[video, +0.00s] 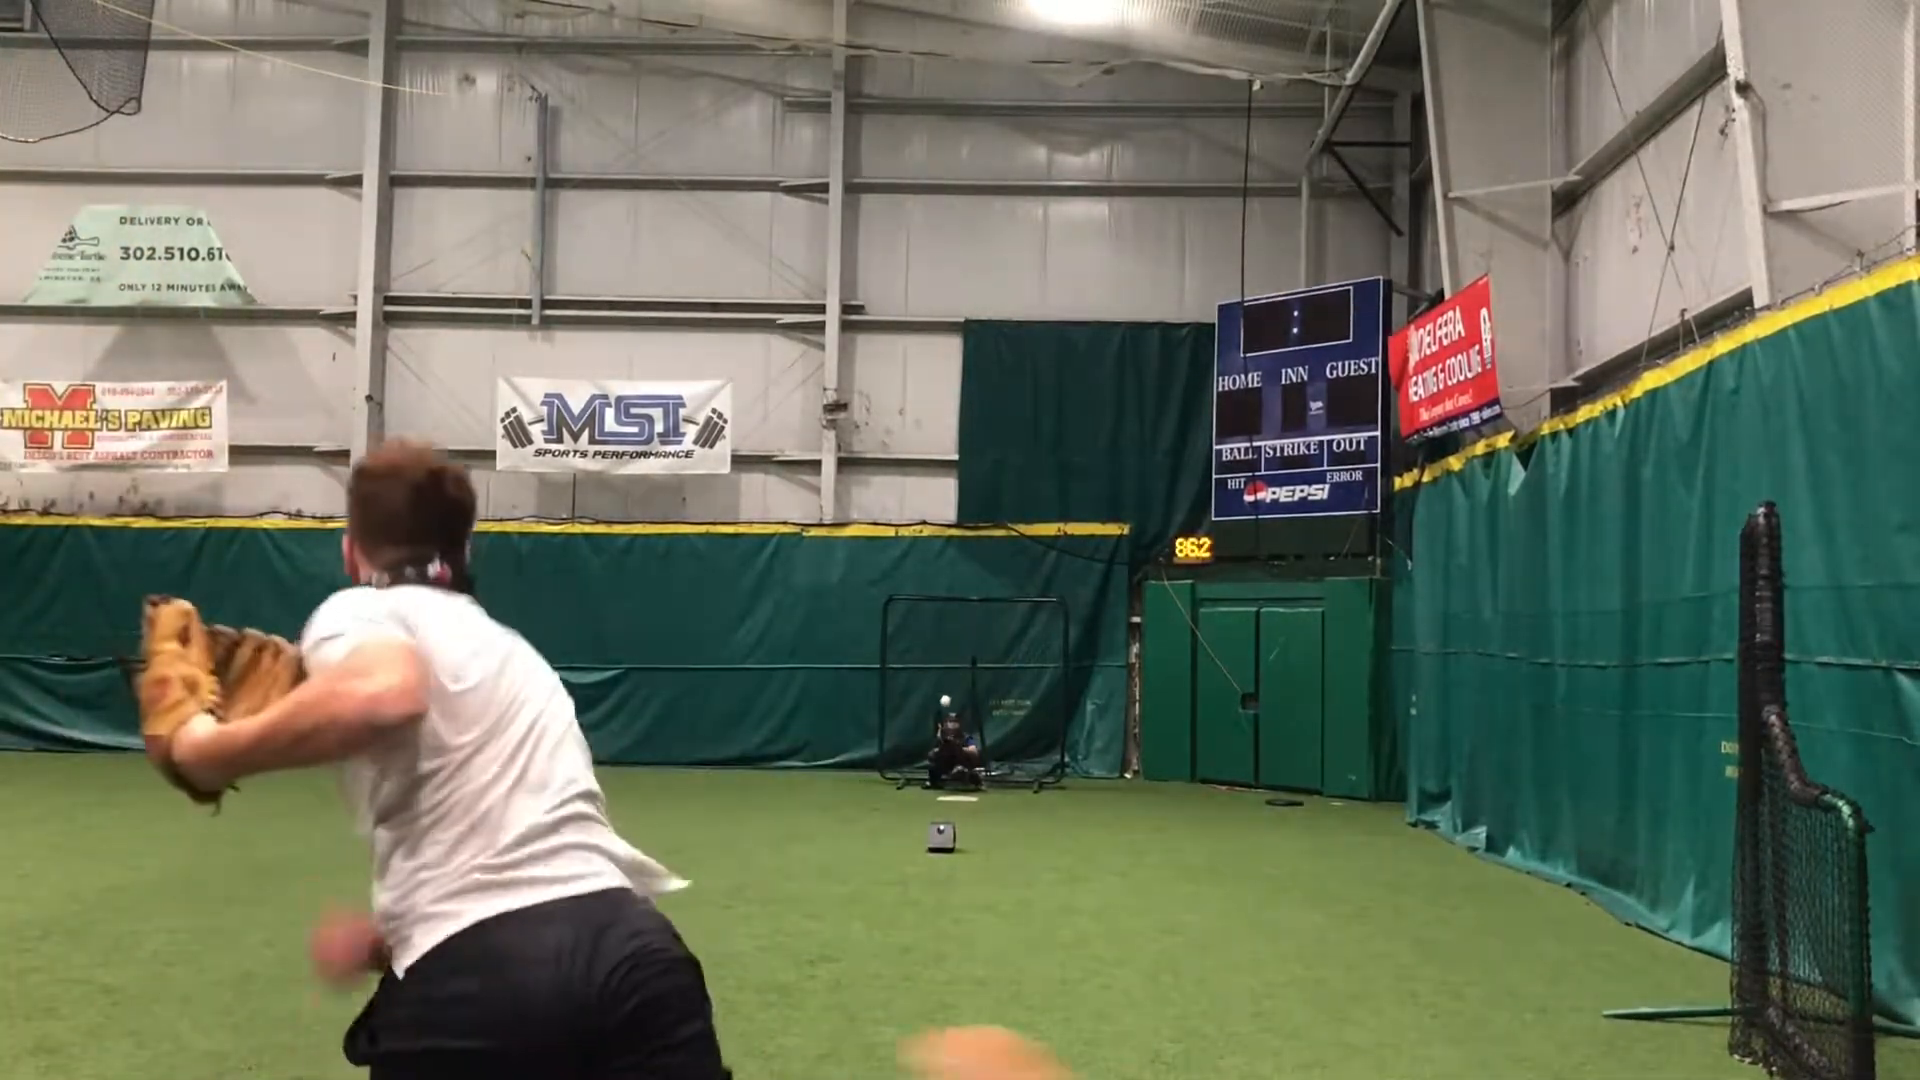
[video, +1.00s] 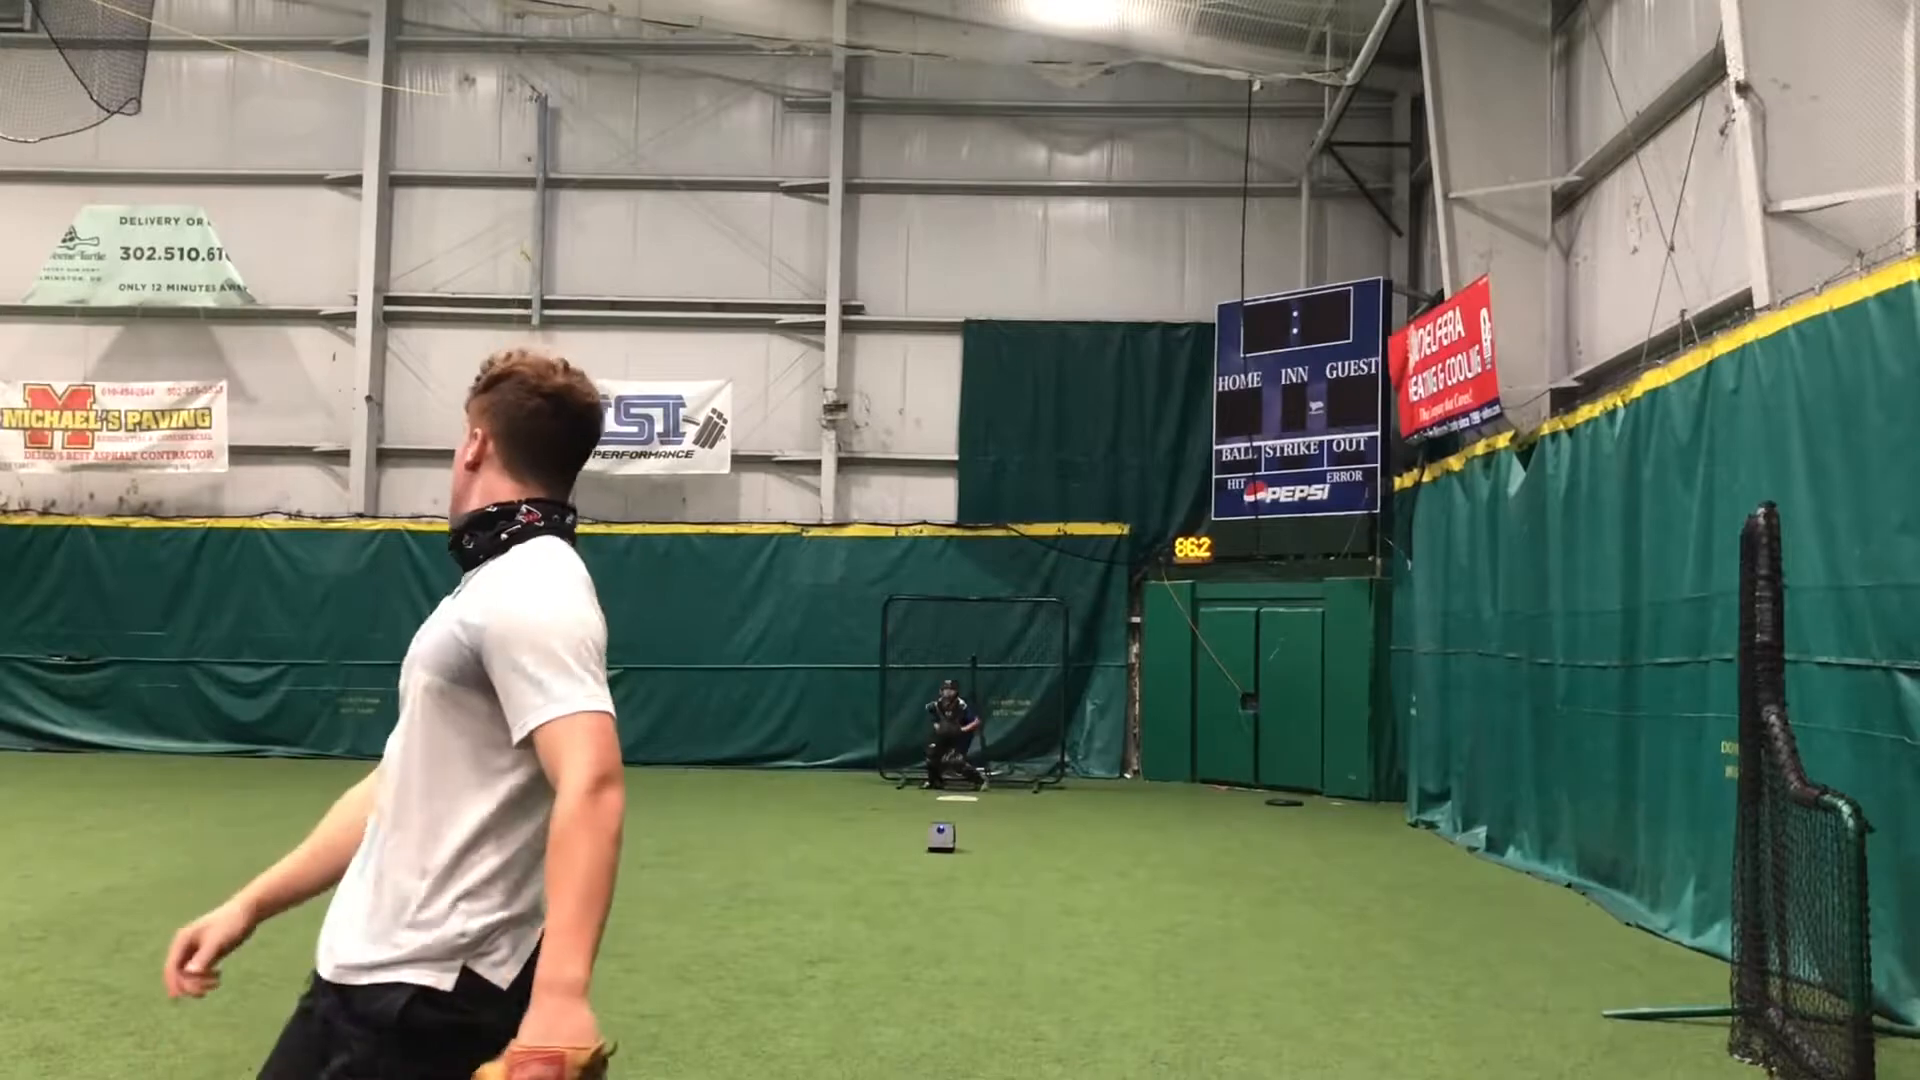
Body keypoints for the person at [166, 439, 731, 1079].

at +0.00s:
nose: (347, 550)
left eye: (345, 537)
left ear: (353, 552)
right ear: (462, 556)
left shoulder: (357, 609)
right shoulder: (519, 654)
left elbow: (391, 693)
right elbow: (543, 849)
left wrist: (211, 751)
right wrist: (394, 934)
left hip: (474, 960)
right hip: (627, 937)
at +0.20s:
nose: (346, 449)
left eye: (349, 434)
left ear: (357, 453)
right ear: (472, 458)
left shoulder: (318, 587)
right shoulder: (528, 587)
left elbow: (208, 791)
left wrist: (93, 834)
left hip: (487, 969)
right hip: (622, 902)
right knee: (726, 1060)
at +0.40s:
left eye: (403, 413)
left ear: (408, 431)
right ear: (523, 431)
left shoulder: (389, 582)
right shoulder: (593, 558)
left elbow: (254, 807)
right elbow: (631, 584)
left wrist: (114, 888)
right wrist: (560, 506)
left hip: (508, 976)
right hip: (625, 914)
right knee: (411, 991)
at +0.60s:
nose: (450, 425)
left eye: (453, 411)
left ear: (461, 428)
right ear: (574, 433)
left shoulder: (472, 580)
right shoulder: (598, 555)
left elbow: (366, 788)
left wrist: (168, 924)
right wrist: (494, 489)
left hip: (501, 966)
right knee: (219, 996)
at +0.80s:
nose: (472, 447)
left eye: (477, 424)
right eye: (482, 424)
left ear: (490, 435)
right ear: (589, 455)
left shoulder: (540, 579)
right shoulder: (557, 568)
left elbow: (534, 783)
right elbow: (476, 734)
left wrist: (394, 967)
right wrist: (327, 725)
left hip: (451, 977)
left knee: (282, 1065)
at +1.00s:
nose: (456, 454)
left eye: (461, 435)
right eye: (463, 435)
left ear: (475, 445)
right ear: (564, 469)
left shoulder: (532, 588)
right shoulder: (500, 584)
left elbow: (593, 788)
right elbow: (390, 789)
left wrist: (562, 992)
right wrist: (249, 905)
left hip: (422, 993)